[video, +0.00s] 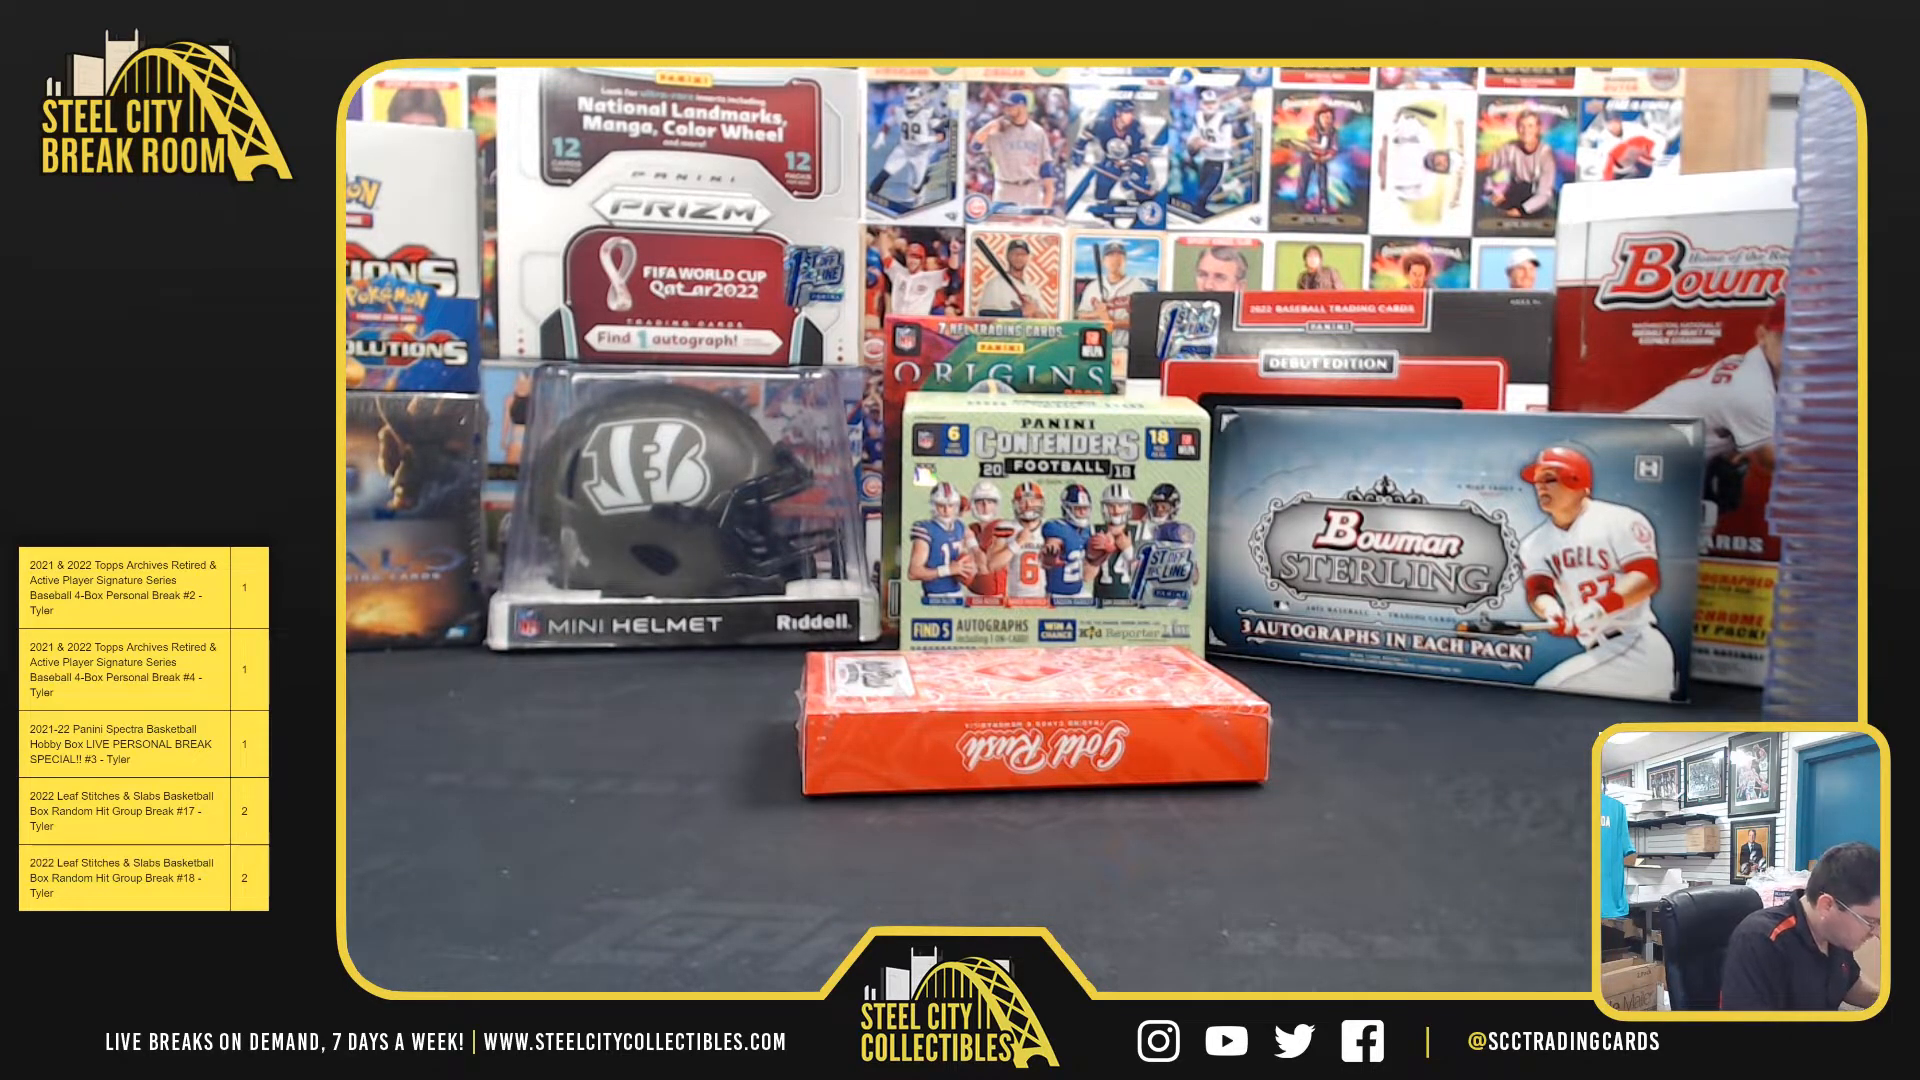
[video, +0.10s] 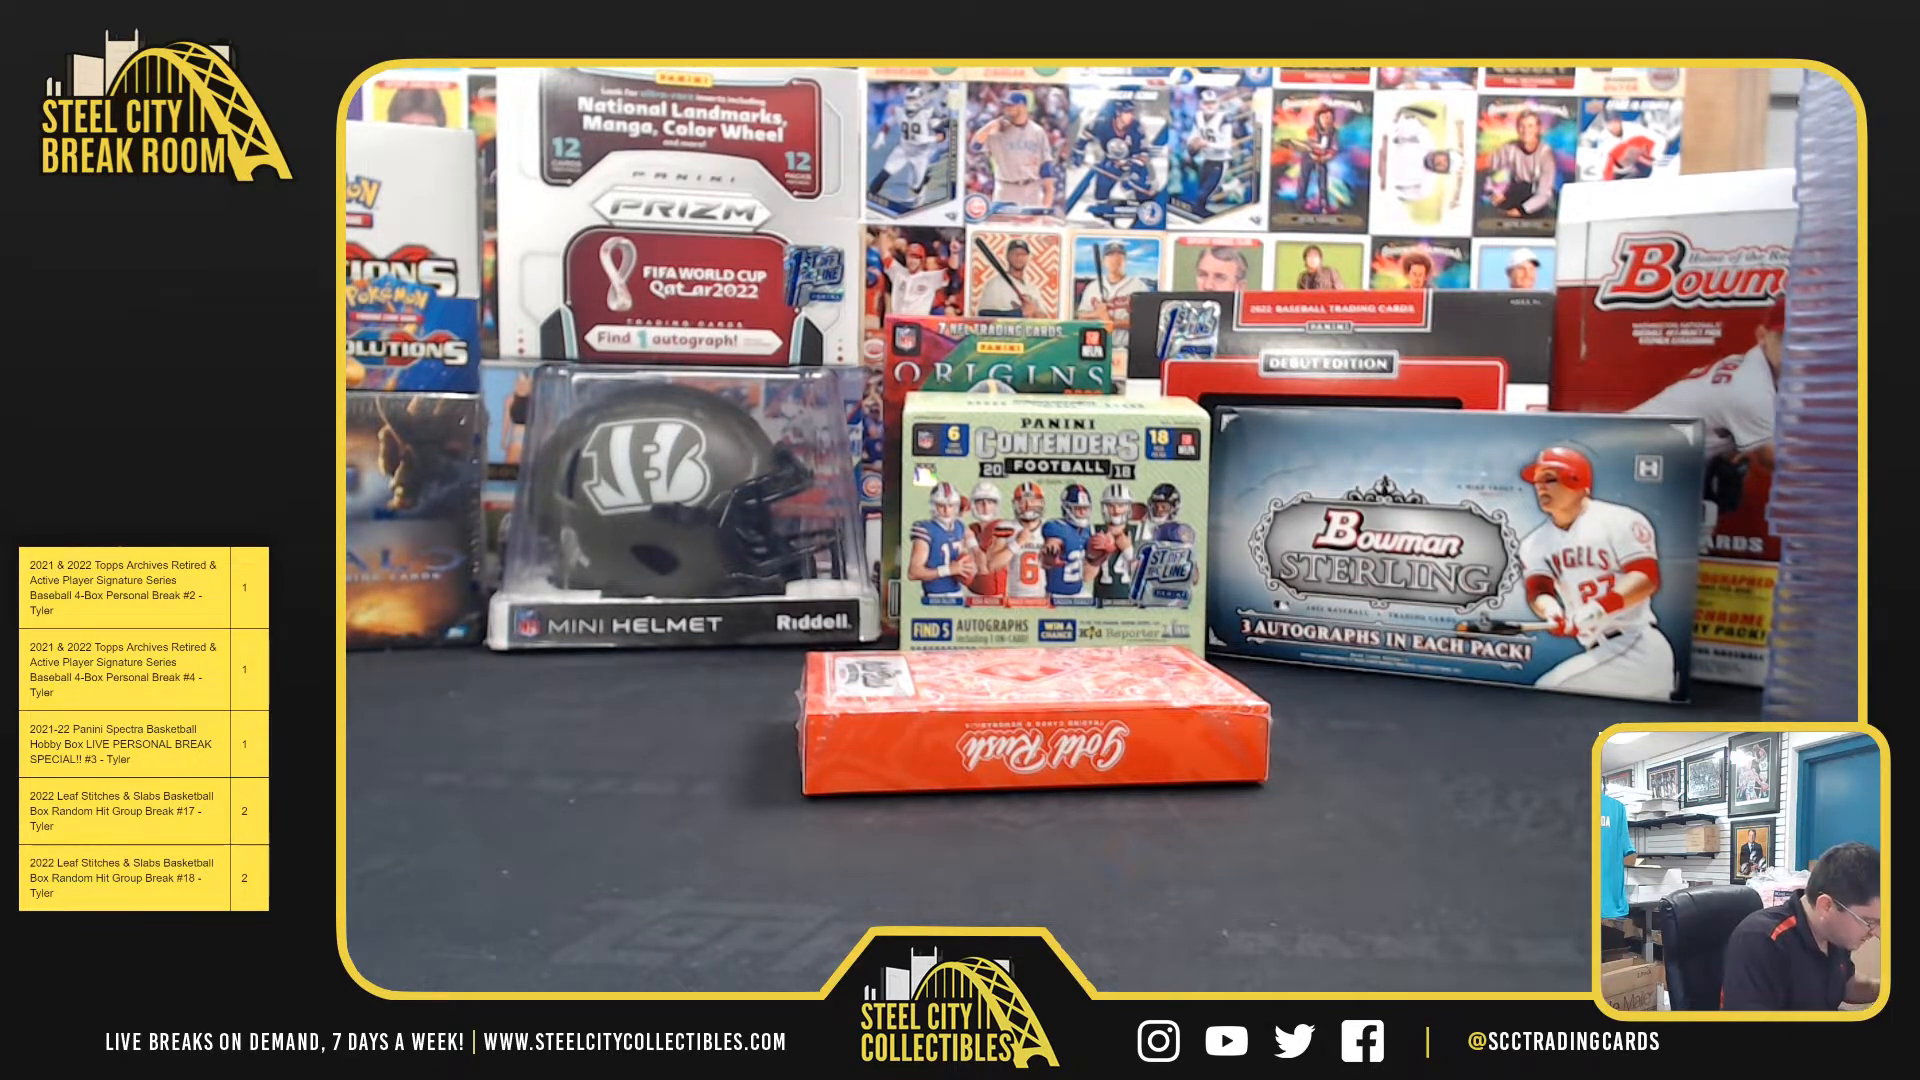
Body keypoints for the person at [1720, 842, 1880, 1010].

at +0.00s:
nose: (1875, 934)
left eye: (1878, 923)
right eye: (1870, 922)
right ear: (1826, 905)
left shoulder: (1833, 933)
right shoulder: (1758, 940)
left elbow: (1852, 986)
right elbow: (1742, 1021)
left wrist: (1888, 1001)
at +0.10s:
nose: (1875, 934)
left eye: (1877, 923)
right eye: (1869, 922)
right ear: (1825, 906)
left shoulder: (1834, 930)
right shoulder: (1758, 941)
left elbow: (1846, 987)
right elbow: (1746, 1020)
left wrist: (1886, 989)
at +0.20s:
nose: (1875, 933)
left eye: (1877, 922)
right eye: (1868, 921)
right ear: (1824, 905)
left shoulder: (1833, 931)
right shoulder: (1758, 941)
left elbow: (1845, 991)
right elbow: (1746, 1020)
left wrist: (1886, 999)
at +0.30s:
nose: (1875, 933)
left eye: (1877, 922)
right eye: (1867, 921)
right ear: (1823, 905)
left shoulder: (1832, 931)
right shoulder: (1757, 940)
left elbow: (1851, 993)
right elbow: (1746, 1020)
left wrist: (1885, 1007)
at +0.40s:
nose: (1876, 933)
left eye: (1877, 922)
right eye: (1867, 921)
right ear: (1822, 905)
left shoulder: (1833, 930)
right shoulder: (1757, 940)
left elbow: (1852, 993)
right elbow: (1746, 1019)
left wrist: (1886, 1007)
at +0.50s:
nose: (1875, 933)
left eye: (1877, 922)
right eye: (1867, 921)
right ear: (1822, 905)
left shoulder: (1833, 930)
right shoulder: (1757, 940)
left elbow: (1854, 992)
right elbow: (1746, 1022)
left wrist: (1886, 1008)